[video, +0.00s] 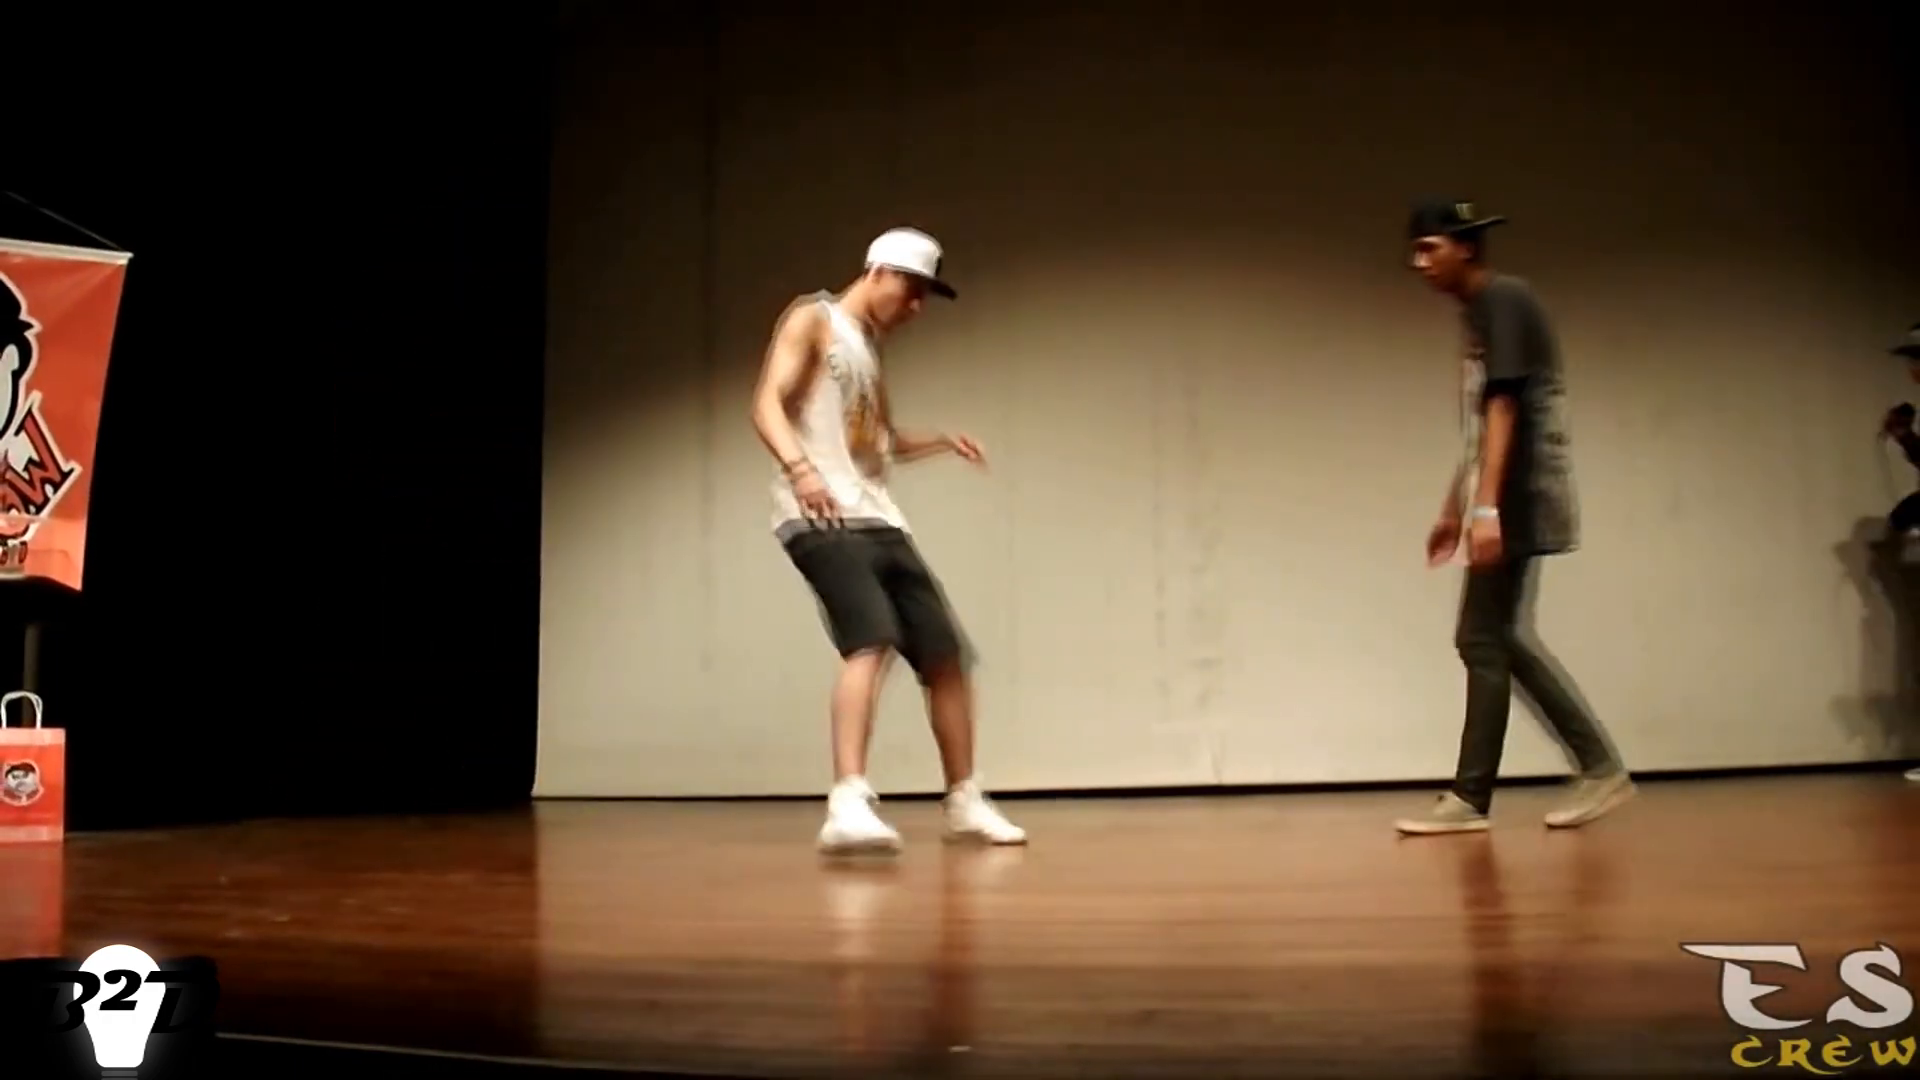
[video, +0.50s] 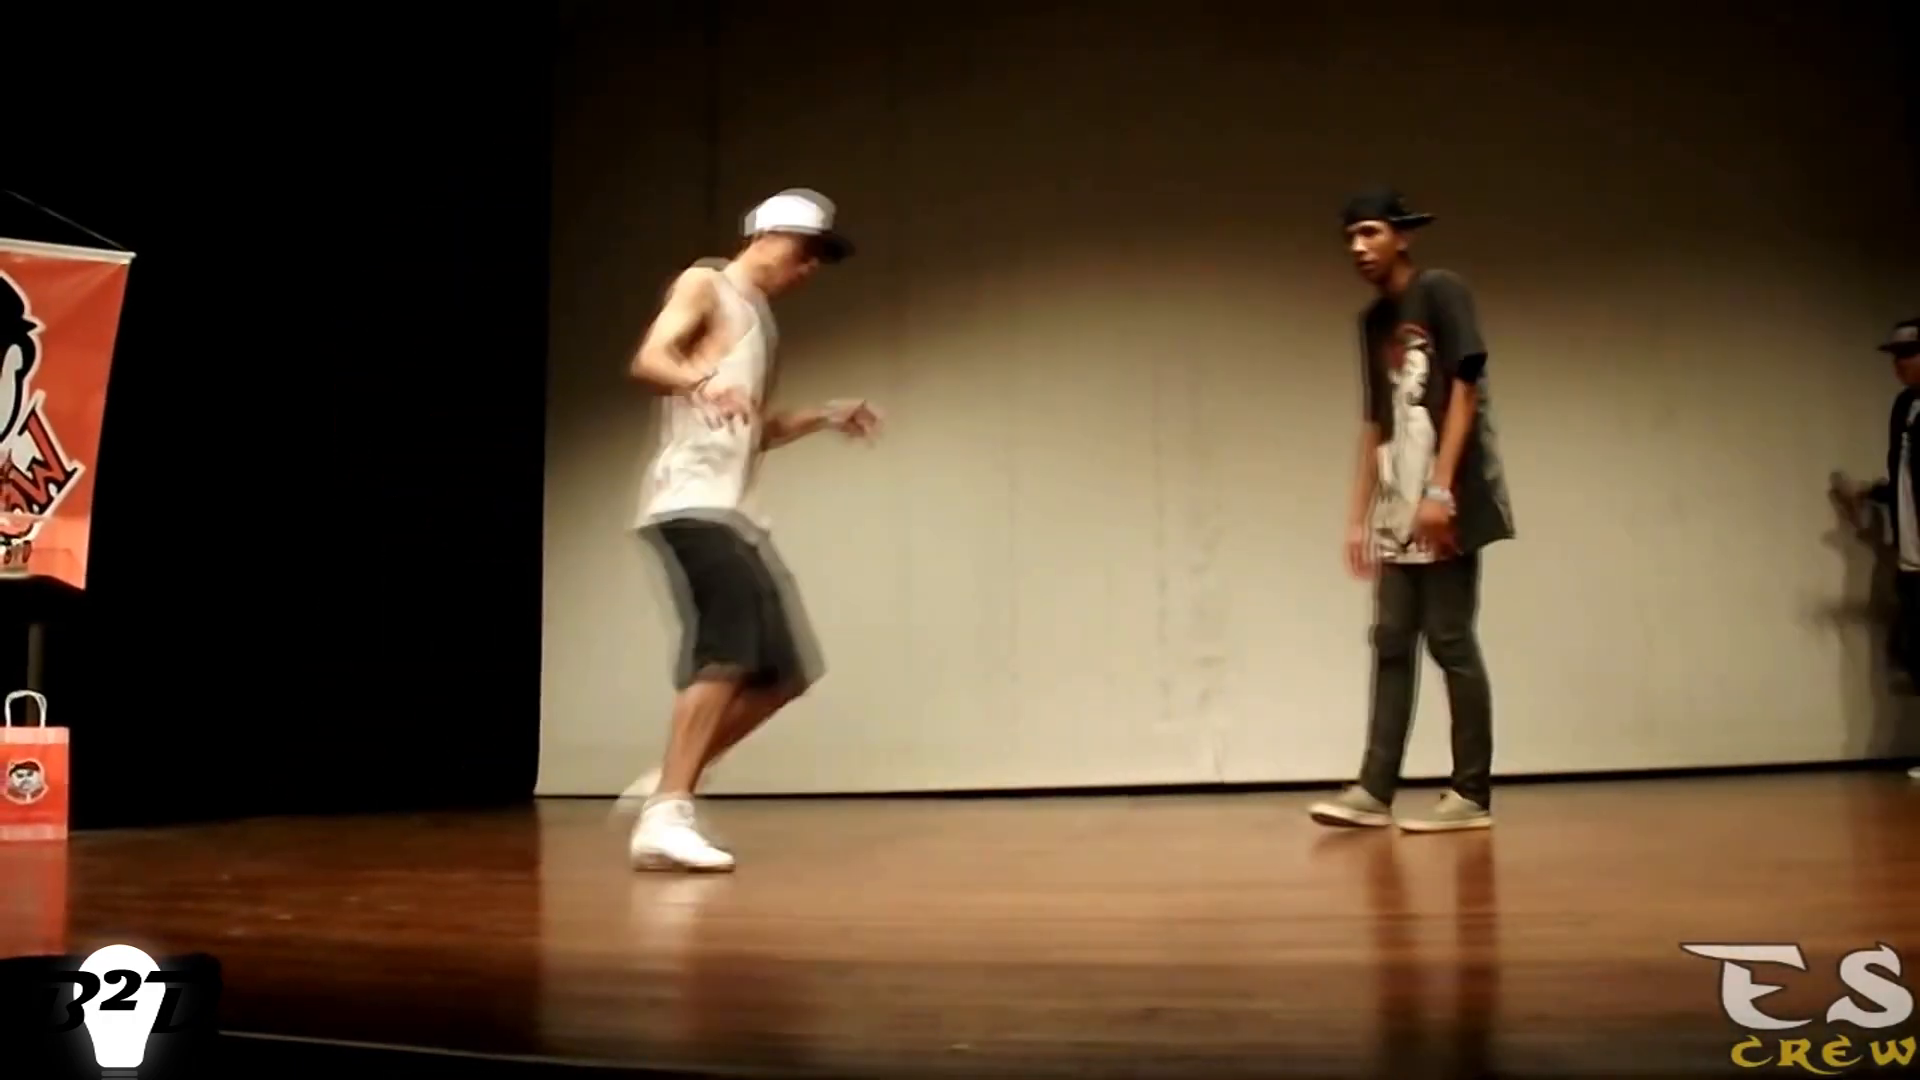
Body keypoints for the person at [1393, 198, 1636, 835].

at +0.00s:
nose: (1421, 263)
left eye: (1430, 248)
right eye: (1417, 252)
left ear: (1466, 247)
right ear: (1438, 256)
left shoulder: (1503, 302)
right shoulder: (1479, 311)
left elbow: (1503, 410)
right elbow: (1483, 423)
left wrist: (1486, 508)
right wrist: (1455, 510)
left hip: (1518, 504)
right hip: (1509, 506)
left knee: (1483, 641)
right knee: (1505, 638)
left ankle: (1469, 799)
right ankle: (1603, 771)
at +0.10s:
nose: (1403, 264)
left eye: (1412, 250)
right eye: (1399, 253)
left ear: (1447, 246)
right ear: (1418, 255)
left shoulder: (1484, 300)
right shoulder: (1456, 310)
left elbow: (1489, 411)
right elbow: (1463, 424)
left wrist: (1478, 512)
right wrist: (1445, 512)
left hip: (1492, 506)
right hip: (1468, 507)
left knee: (1481, 644)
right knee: (1448, 637)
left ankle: (1471, 797)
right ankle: (1562, 743)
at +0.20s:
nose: (1390, 257)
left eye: (1400, 244)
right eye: (1386, 247)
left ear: (1435, 244)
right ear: (1396, 254)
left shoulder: (1475, 298)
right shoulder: (1441, 311)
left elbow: (1485, 409)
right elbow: (1446, 429)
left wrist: (1467, 512)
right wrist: (1428, 518)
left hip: (1483, 511)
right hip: (1452, 513)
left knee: (1477, 646)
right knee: (1420, 632)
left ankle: (1471, 797)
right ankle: (1514, 747)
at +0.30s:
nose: (1381, 253)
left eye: (1390, 239)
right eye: (1375, 243)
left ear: (1426, 240)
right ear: (1380, 252)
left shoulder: (1465, 295)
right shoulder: (1419, 315)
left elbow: (1480, 403)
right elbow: (1424, 425)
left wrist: (1455, 505)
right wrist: (1406, 513)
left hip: (1473, 510)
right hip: (1435, 513)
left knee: (1469, 644)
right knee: (1413, 635)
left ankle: (1472, 796)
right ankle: (1469, 768)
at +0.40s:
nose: (1370, 249)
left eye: (1381, 234)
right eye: (1364, 239)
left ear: (1414, 237)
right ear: (1366, 251)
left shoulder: (1454, 294)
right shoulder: (1394, 318)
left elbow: (1470, 400)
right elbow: (1397, 425)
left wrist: (1446, 499)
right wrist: (1382, 512)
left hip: (1461, 503)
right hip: (1416, 508)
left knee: (1462, 644)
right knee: (1410, 644)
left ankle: (1472, 794)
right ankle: (1399, 787)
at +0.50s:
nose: (1359, 247)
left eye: (1370, 233)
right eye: (1352, 238)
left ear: (1402, 237)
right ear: (1352, 248)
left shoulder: (1441, 293)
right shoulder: (1372, 321)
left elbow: (1464, 393)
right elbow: (1375, 425)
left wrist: (1441, 491)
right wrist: (1359, 519)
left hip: (1451, 502)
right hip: (1398, 506)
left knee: (1451, 641)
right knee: (1391, 641)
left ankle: (1471, 794)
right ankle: (1375, 790)